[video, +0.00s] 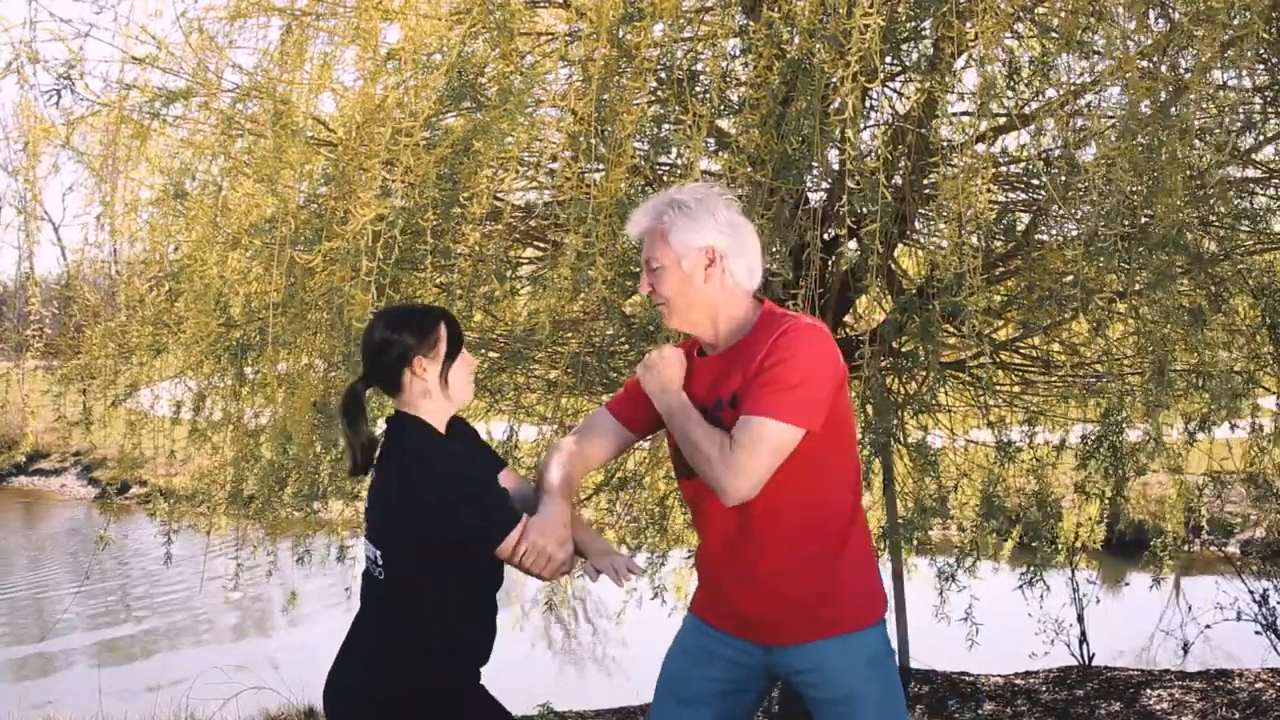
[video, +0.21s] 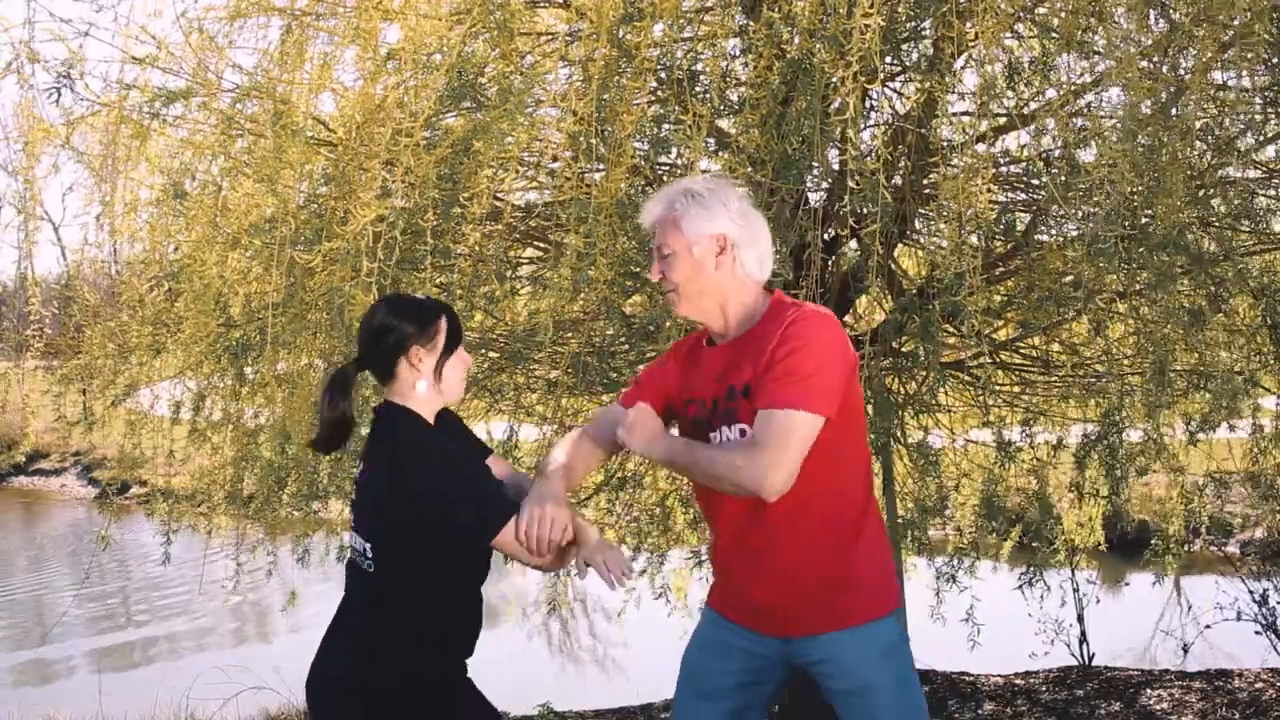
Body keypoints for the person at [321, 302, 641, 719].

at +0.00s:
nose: (472, 360)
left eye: (464, 347)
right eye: (459, 349)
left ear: (421, 370)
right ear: (423, 368)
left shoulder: (448, 431)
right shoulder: (435, 468)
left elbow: (529, 496)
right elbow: (544, 560)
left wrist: (590, 542)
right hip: (421, 697)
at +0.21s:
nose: (469, 358)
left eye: (462, 345)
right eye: (457, 347)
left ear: (417, 360)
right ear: (419, 359)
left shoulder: (427, 419)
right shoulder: (428, 457)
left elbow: (511, 481)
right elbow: (539, 552)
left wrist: (580, 530)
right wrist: (581, 541)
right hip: (409, 689)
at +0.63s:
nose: (412, 375)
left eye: (410, 361)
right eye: (403, 361)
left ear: (348, 374)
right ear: (360, 376)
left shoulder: (299, 445)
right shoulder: (390, 468)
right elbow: (509, 531)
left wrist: (398, 454)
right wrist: (566, 441)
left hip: (275, 690)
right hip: (366, 695)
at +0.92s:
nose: (385, 355)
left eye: (379, 341)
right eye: (373, 343)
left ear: (322, 360)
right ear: (326, 358)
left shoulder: (272, 423)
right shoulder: (345, 448)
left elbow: (346, 515)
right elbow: (470, 512)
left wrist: (391, 434)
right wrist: (497, 412)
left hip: (255, 672)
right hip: (333, 681)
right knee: (412, 711)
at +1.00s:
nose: (390, 357)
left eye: (384, 344)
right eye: (378, 345)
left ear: (324, 365)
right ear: (333, 362)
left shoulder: (283, 432)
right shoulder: (359, 452)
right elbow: (493, 493)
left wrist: (400, 437)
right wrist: (529, 398)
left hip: (267, 682)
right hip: (348, 689)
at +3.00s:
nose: (669, 373)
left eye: (664, 362)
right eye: (658, 364)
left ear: (610, 380)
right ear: (617, 380)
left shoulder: (565, 447)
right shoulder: (645, 457)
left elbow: (706, 490)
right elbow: (794, 451)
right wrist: (805, 420)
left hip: (538, 686)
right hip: (623, 695)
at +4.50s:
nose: (465, 343)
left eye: (459, 329)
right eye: (452, 332)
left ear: (402, 351)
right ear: (409, 350)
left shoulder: (350, 422)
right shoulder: (441, 435)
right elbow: (570, 501)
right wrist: (599, 402)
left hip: (325, 671)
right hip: (412, 675)